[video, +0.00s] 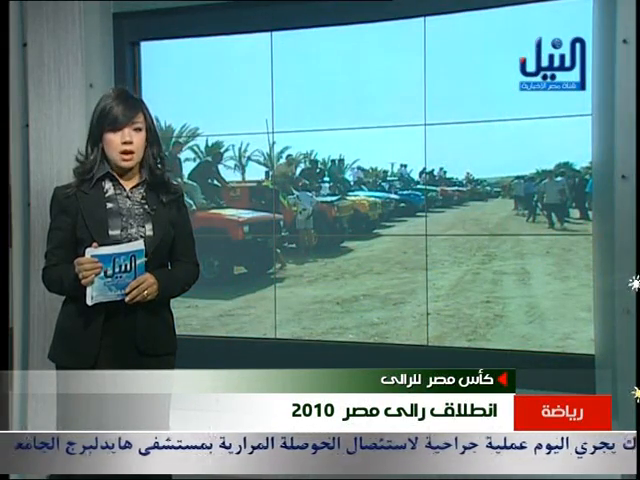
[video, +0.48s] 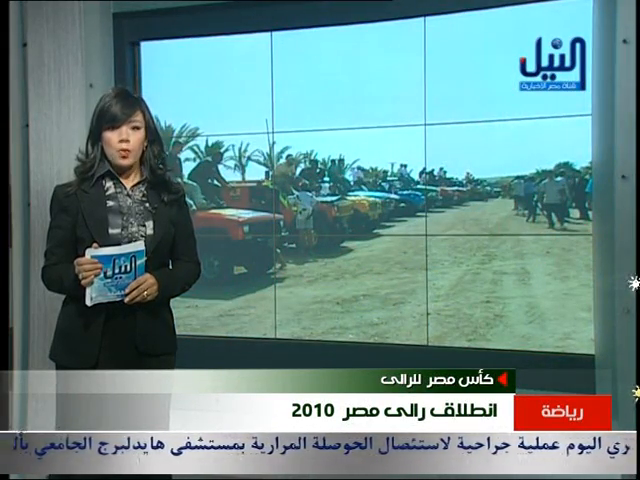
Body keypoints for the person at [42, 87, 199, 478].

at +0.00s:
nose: (127, 139)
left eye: (136, 129)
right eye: (116, 129)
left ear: (148, 137)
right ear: (100, 138)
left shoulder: (169, 196)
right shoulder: (70, 198)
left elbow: (188, 267)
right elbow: (52, 274)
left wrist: (161, 282)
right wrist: (76, 274)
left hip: (150, 349)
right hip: (85, 350)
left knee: (149, 452)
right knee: (81, 452)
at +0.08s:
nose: (127, 139)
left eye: (136, 129)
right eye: (116, 130)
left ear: (148, 137)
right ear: (100, 138)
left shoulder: (169, 196)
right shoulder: (70, 198)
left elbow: (188, 268)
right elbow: (52, 274)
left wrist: (161, 282)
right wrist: (76, 274)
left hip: (150, 349)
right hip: (85, 350)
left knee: (149, 453)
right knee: (81, 452)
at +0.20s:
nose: (127, 139)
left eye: (136, 129)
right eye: (116, 130)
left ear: (148, 136)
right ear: (100, 138)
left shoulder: (169, 196)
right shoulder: (71, 198)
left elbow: (189, 267)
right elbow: (52, 274)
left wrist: (161, 282)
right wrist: (76, 275)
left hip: (150, 349)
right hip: (85, 350)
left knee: (149, 452)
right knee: (81, 452)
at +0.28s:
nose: (127, 138)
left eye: (135, 127)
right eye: (115, 129)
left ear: (148, 135)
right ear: (100, 138)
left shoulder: (170, 196)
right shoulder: (71, 198)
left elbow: (189, 267)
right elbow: (52, 273)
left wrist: (161, 282)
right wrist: (76, 275)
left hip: (150, 348)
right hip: (85, 349)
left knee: (149, 450)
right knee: (81, 451)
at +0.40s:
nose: (125, 137)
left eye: (135, 127)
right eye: (114, 128)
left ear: (147, 135)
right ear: (99, 137)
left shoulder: (169, 196)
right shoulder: (71, 197)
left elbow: (189, 266)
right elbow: (52, 272)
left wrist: (161, 282)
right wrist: (76, 274)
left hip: (149, 347)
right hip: (85, 348)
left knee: (148, 450)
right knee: (81, 451)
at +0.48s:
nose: (124, 138)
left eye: (134, 128)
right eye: (114, 128)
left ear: (147, 135)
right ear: (99, 137)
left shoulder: (169, 196)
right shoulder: (70, 197)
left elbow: (189, 266)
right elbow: (52, 272)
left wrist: (161, 282)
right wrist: (76, 274)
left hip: (149, 347)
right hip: (85, 348)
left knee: (149, 450)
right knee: (81, 451)